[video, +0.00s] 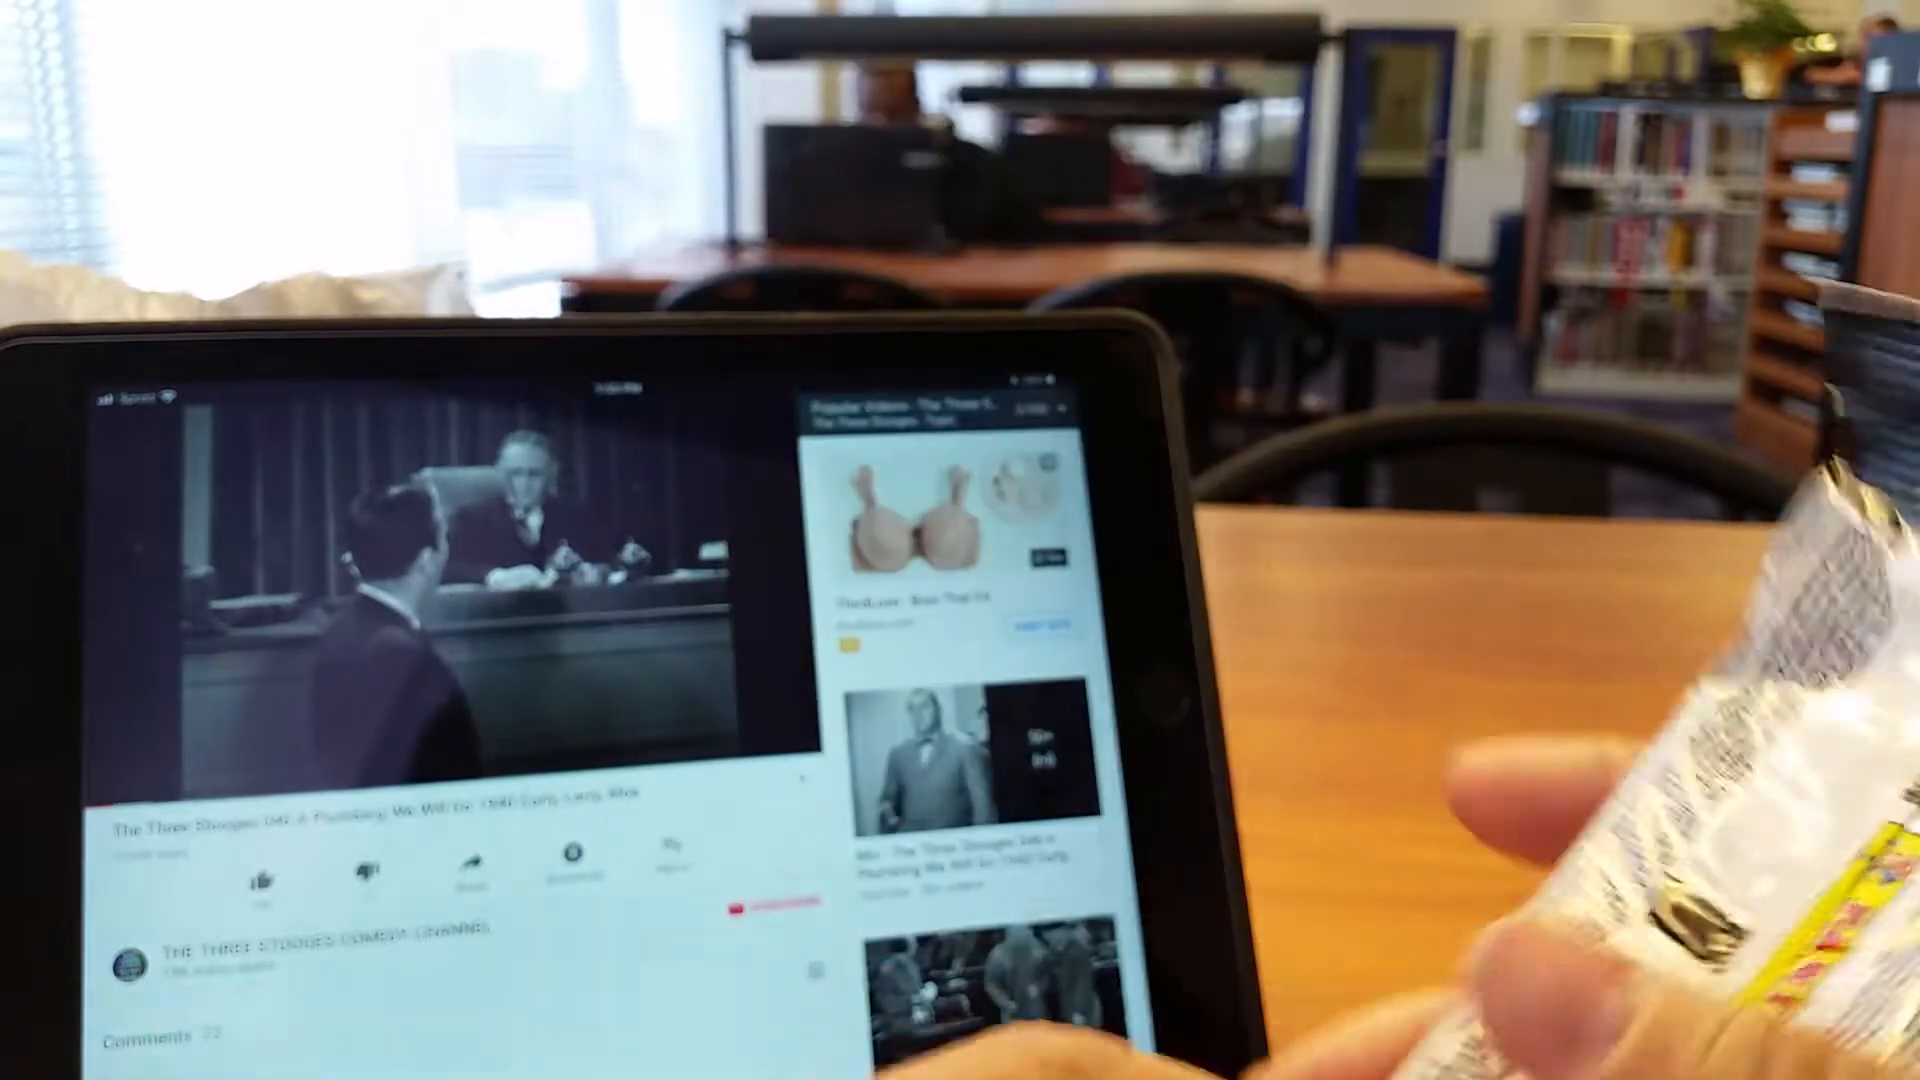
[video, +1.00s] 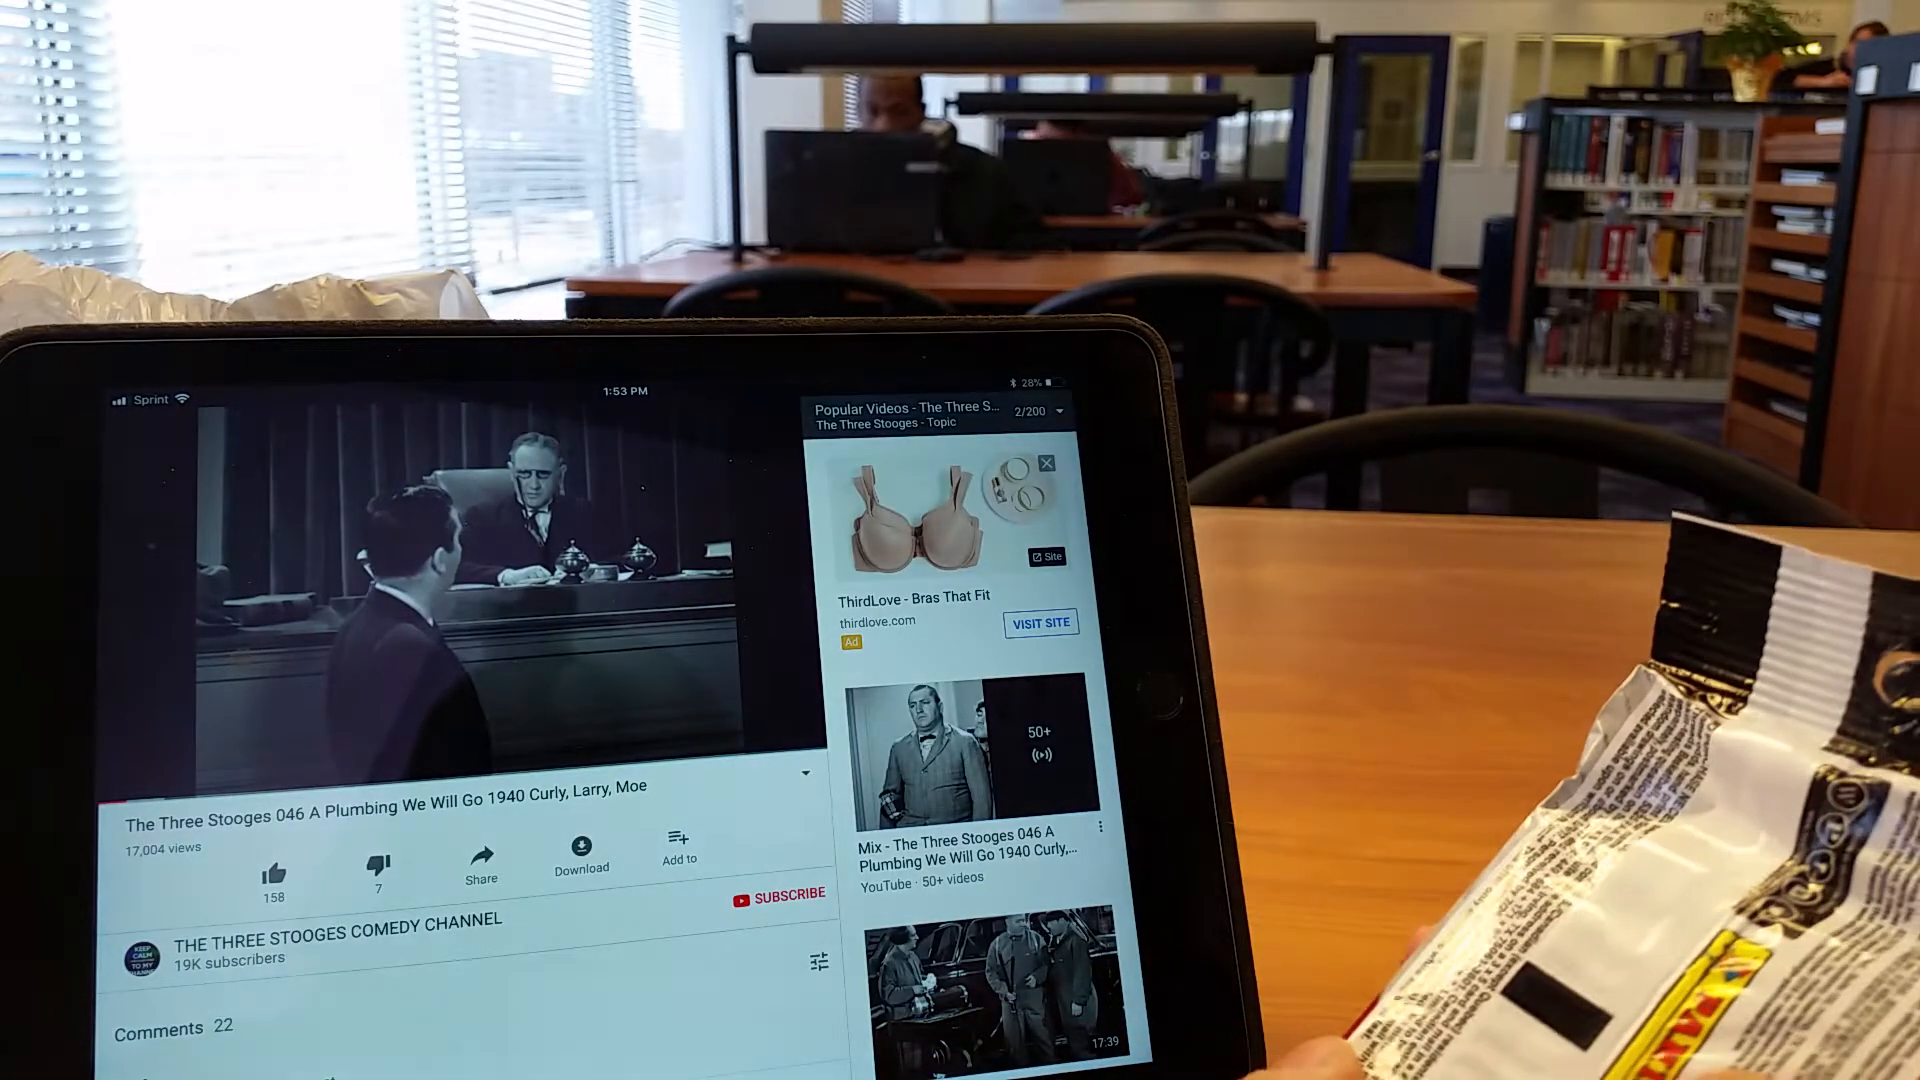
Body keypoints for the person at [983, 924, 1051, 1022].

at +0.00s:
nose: (1020, 940)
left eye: (1023, 936)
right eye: (1016, 936)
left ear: (1029, 935)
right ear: (1009, 936)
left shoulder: (1037, 952)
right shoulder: (999, 954)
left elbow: (1047, 975)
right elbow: (990, 983)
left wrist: (1037, 988)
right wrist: (1007, 1004)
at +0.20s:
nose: (1021, 931)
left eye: (1024, 926)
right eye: (1016, 926)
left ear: (1029, 927)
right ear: (1008, 929)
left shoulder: (1037, 944)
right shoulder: (998, 948)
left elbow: (1047, 970)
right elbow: (991, 977)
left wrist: (1037, 983)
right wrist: (1006, 997)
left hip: (1035, 1000)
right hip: (1012, 1003)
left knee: (1042, 1041)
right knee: (1013, 1041)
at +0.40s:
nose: (1023, 924)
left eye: (1023, 920)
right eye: (1019, 921)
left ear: (1026, 922)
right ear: (1007, 922)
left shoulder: (1036, 940)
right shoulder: (998, 944)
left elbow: (1046, 964)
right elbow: (990, 972)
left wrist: (1036, 977)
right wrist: (1005, 992)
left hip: (1034, 997)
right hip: (1010, 1000)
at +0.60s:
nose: (1023, 924)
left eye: (1024, 920)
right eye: (1018, 921)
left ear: (1026, 921)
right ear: (1008, 923)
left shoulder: (1036, 940)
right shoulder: (997, 944)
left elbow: (1047, 964)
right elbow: (991, 972)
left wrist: (1037, 977)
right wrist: (1004, 992)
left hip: (1033, 997)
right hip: (1010, 999)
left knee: (1040, 1034)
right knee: (1013, 1037)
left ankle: (1048, 1063)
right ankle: (1017, 1067)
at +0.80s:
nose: (1023, 924)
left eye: (1024, 920)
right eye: (1018, 921)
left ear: (1027, 921)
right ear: (1007, 923)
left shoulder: (1036, 939)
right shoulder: (997, 944)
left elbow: (1046, 964)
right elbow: (990, 972)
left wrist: (1036, 977)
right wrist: (1004, 991)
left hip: (1033, 997)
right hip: (1010, 999)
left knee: (1039, 1034)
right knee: (1013, 1039)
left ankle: (1046, 1067)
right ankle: (1019, 1070)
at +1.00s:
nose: (1022, 924)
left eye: (1024, 920)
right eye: (1018, 921)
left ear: (1027, 921)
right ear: (1007, 923)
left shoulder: (1036, 939)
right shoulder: (997, 944)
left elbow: (1046, 964)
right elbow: (990, 972)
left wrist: (1036, 977)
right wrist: (1004, 992)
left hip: (1033, 997)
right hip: (1010, 999)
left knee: (1040, 1035)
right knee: (1013, 1040)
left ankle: (1047, 1068)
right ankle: (1019, 1070)